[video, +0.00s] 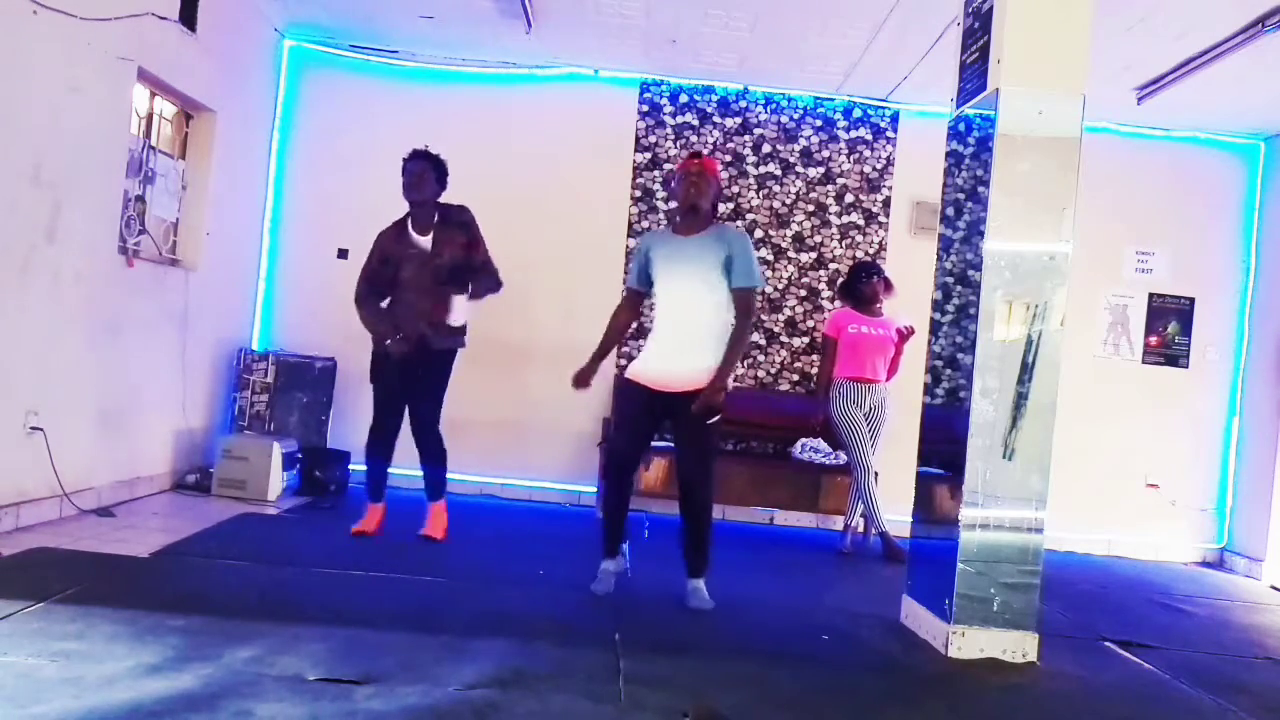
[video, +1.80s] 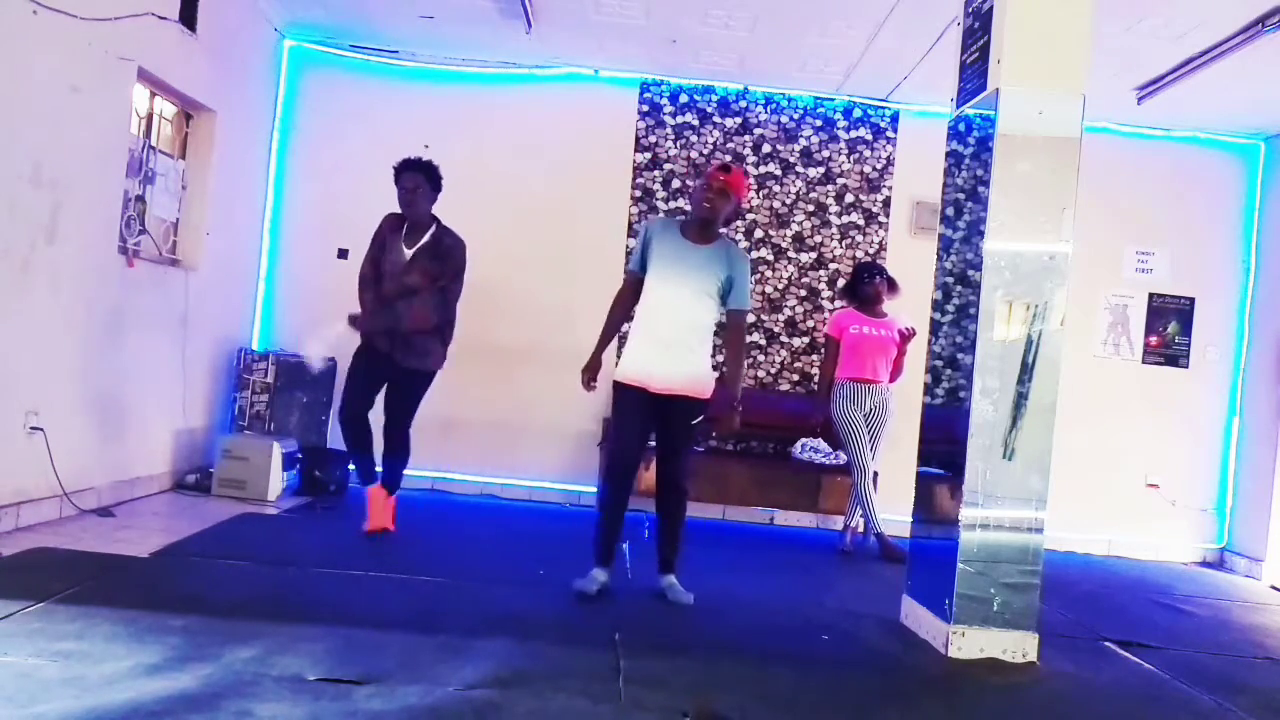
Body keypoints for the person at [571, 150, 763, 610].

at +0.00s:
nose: (691, 186)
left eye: (700, 180)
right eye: (685, 179)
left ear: (716, 191)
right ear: (674, 188)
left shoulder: (733, 241)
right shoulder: (652, 243)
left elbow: (746, 315)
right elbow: (629, 307)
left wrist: (721, 379)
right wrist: (594, 361)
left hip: (700, 386)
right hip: (642, 381)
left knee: (696, 486)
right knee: (617, 469)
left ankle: (696, 579)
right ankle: (612, 559)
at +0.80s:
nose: (627, 184)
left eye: (636, 177)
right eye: (621, 176)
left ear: (653, 187)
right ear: (610, 185)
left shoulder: (676, 238)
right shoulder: (589, 239)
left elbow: (682, 310)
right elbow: (560, 305)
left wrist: (672, 375)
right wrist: (542, 370)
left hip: (657, 385)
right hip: (602, 385)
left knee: (669, 481)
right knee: (594, 481)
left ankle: (670, 569)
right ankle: (578, 571)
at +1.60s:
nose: (688, 195)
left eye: (698, 190)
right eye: (684, 187)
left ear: (715, 203)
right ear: (673, 191)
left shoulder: (723, 255)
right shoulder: (640, 237)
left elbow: (726, 325)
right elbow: (619, 304)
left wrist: (725, 389)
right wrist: (596, 365)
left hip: (685, 388)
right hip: (632, 382)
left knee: (673, 484)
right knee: (610, 477)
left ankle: (668, 574)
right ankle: (580, 570)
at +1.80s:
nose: (707, 196)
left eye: (718, 193)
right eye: (705, 187)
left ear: (734, 209)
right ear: (695, 191)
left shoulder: (734, 261)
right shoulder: (656, 233)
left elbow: (736, 331)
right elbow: (628, 293)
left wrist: (731, 396)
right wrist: (598, 352)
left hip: (688, 387)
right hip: (635, 377)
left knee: (674, 483)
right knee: (618, 474)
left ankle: (668, 574)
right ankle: (601, 567)